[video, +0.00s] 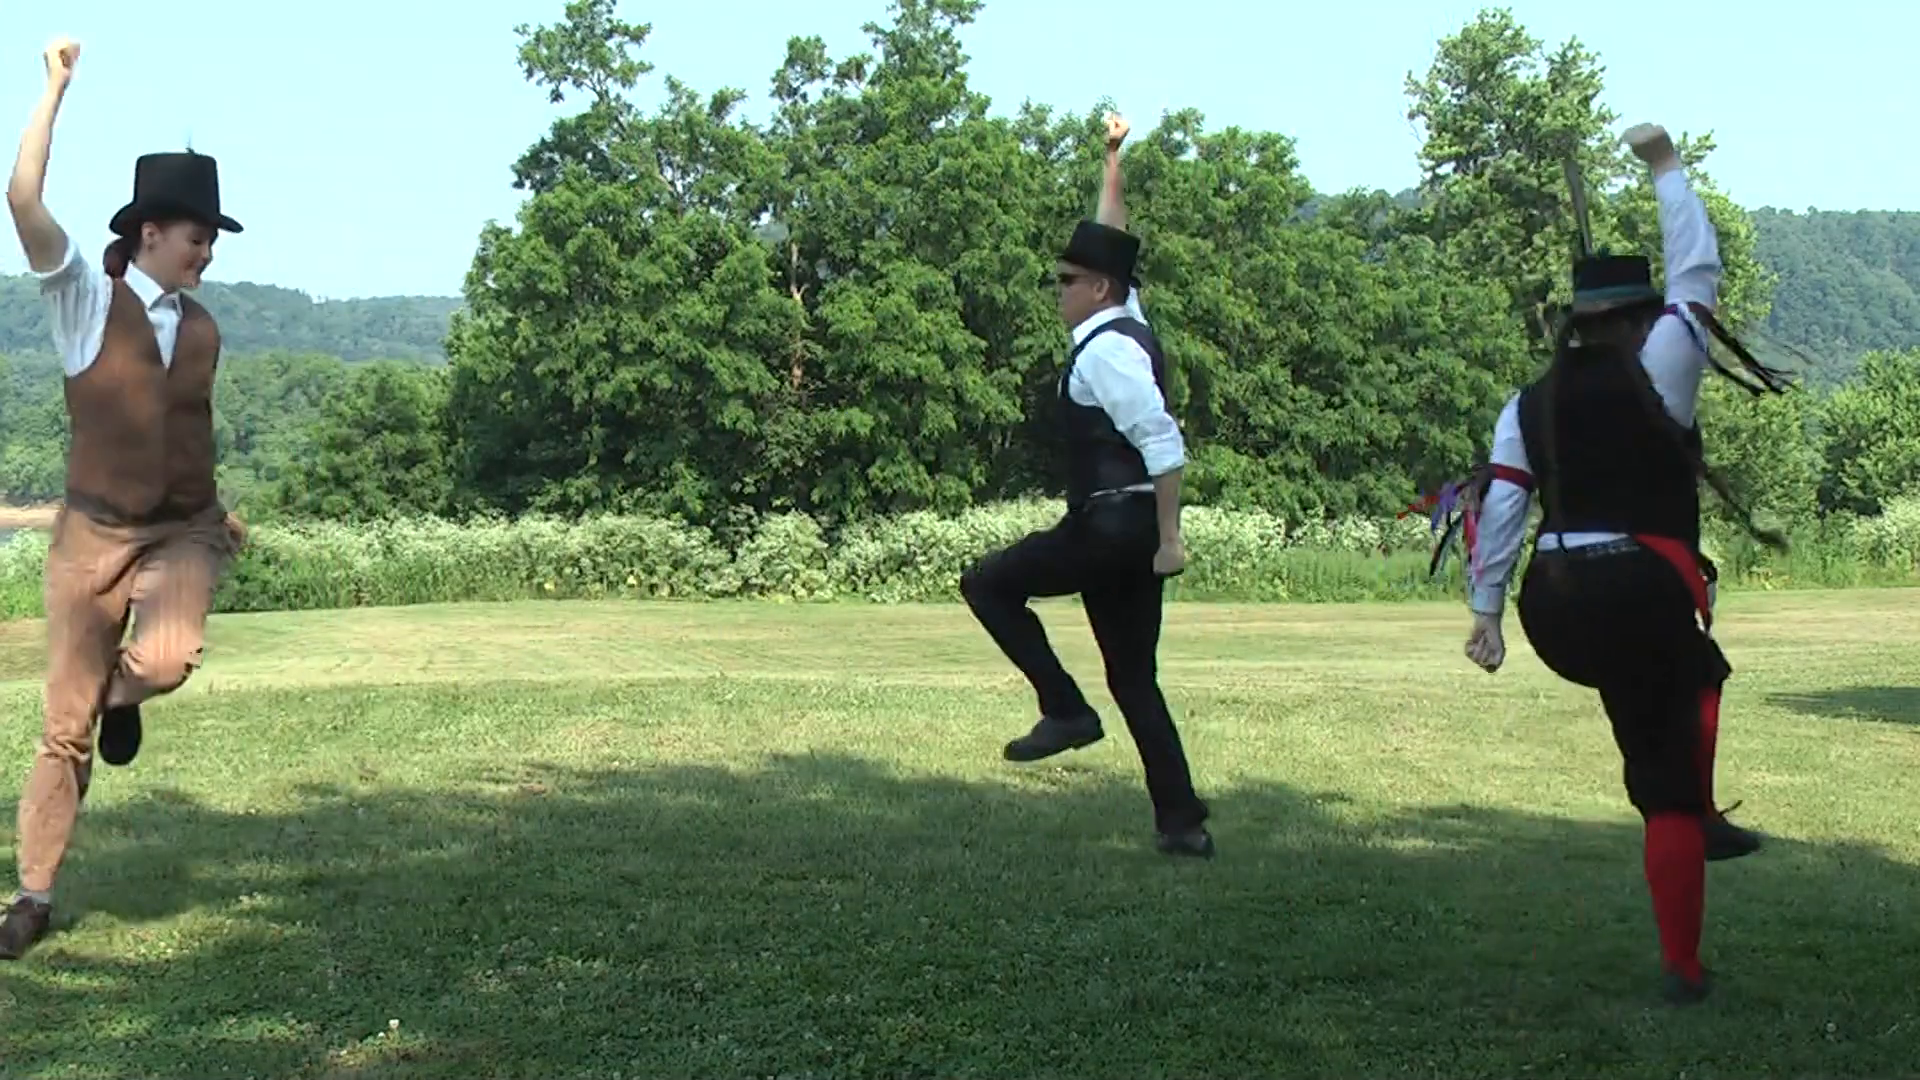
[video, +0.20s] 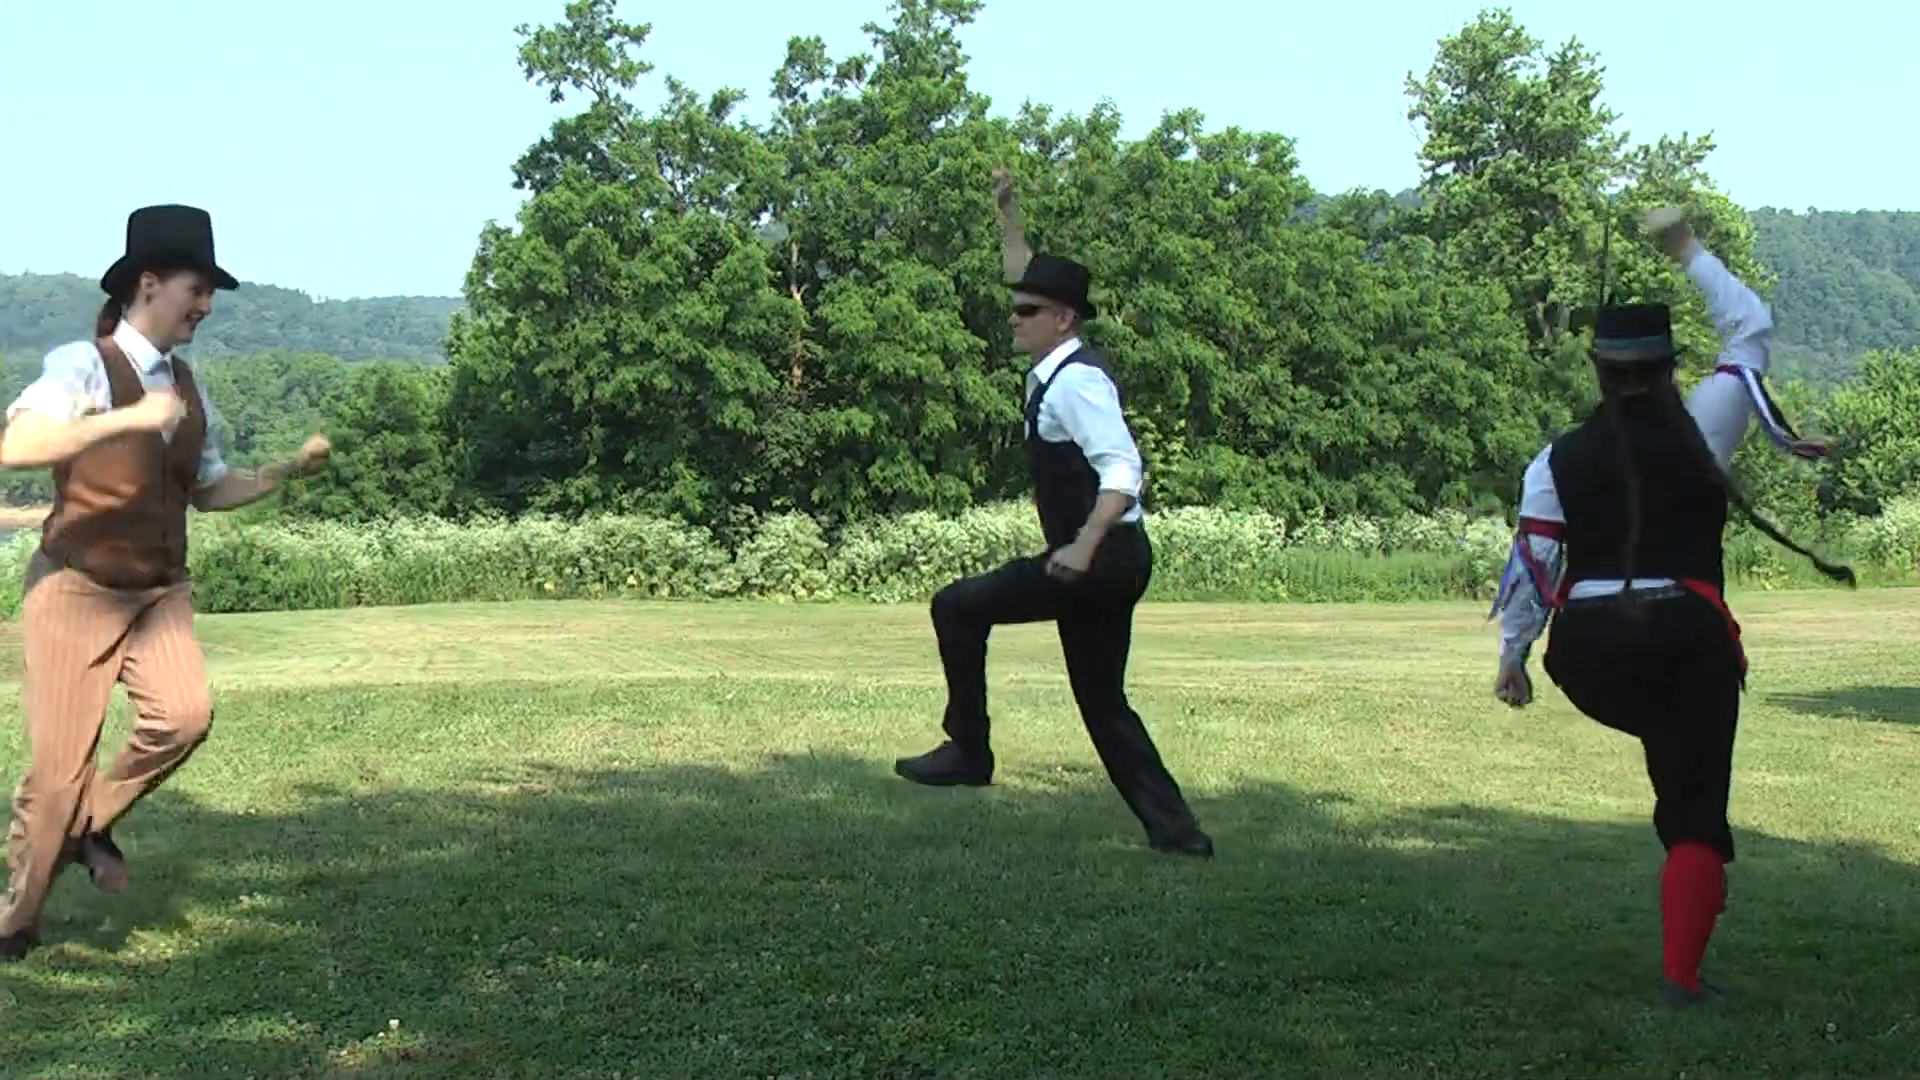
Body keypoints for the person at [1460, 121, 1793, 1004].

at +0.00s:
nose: (1649, 319)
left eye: (1627, 310)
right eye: (1643, 307)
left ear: (1576, 321)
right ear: (1639, 318)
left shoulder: (1528, 404)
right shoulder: (1665, 358)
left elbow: (1501, 507)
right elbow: (1695, 266)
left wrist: (1485, 608)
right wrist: (1666, 166)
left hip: (1553, 597)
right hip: (1645, 591)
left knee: (1694, 665)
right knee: (1675, 787)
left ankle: (1697, 815)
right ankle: (1682, 969)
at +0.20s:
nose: (1651, 374)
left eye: (1625, 364)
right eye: (1658, 363)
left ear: (1600, 372)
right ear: (1670, 366)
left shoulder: (1557, 459)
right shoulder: (1705, 425)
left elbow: (1532, 564)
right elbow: (1751, 329)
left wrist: (1512, 652)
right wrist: (1693, 250)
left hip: (1585, 650)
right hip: (1690, 641)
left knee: (1674, 723)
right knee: (1694, 808)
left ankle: (1699, 846)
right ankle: (1679, 981)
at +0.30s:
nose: (1610, 353)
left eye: (1600, 344)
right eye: (1633, 344)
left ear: (1593, 353)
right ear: (1660, 348)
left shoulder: (1560, 435)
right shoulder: (1706, 408)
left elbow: (1498, 528)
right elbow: (1783, 356)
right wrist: (1723, 301)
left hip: (1602, 622)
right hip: (1701, 610)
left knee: (1642, 722)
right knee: (1700, 775)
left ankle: (1686, 851)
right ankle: (1694, 951)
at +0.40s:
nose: (1589, 360)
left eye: (1582, 351)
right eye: (1616, 348)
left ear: (1577, 356)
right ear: (1641, 350)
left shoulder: (1546, 430)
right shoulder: (1692, 414)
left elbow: (1441, 450)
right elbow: (1775, 485)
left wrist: (1465, 367)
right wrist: (1775, 454)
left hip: (1594, 607)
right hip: (1693, 599)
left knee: (1633, 760)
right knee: (1713, 756)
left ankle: (1671, 919)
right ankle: (1721, 895)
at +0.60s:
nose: (1547, 391)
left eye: (1549, 381)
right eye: (1559, 378)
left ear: (1551, 389)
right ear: (1613, 382)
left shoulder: (1532, 443)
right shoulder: (1661, 444)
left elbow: (1486, 361)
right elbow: (1699, 526)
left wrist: (1473, 263)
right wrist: (1717, 618)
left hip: (1580, 634)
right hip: (1667, 624)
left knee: (1614, 784)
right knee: (1662, 750)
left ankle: (1667, 940)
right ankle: (1694, 888)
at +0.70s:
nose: (1531, 355)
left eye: (1535, 344)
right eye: (1543, 344)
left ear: (1538, 353)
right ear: (1598, 351)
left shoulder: (1513, 399)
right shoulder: (1642, 411)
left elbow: (1473, 318)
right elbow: (1694, 496)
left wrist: (1467, 227)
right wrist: (1723, 582)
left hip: (1561, 607)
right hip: (1651, 597)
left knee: (1604, 764)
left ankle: (1659, 926)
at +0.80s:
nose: (1504, 330)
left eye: (1510, 322)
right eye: (1512, 322)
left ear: (1519, 330)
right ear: (1575, 331)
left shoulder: (1497, 374)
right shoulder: (1620, 391)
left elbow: (1462, 291)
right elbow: (1671, 475)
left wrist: (1463, 199)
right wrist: (1705, 563)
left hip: (1539, 584)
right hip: (1625, 573)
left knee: (1572, 747)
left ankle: (1624, 897)